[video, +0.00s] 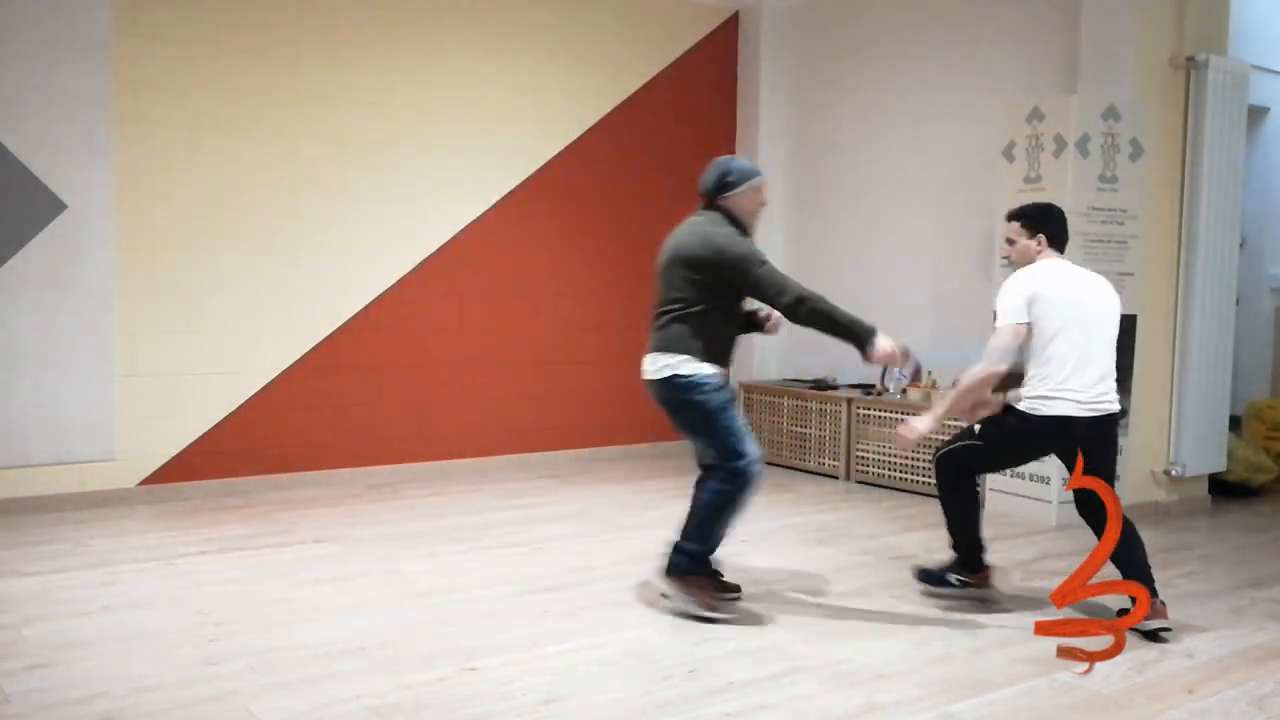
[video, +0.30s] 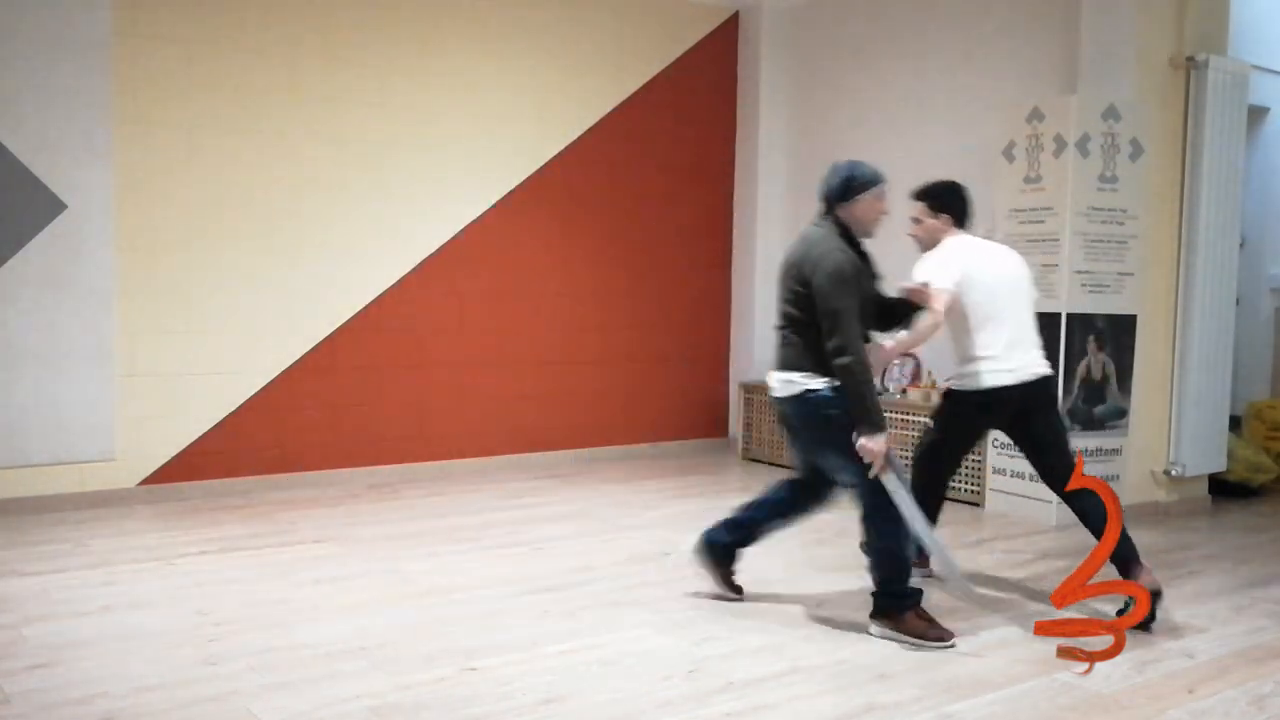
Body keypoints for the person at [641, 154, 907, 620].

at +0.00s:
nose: (762, 203)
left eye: (761, 193)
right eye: (755, 193)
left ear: (721, 198)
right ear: (730, 196)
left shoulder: (694, 233)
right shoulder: (718, 238)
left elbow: (703, 309)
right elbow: (791, 297)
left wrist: (753, 320)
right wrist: (868, 338)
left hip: (676, 369)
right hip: (690, 372)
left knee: (725, 466)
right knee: (740, 465)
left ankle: (691, 562)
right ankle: (687, 566)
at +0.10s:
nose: (800, 202)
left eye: (800, 192)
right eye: (793, 192)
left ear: (758, 196)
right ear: (766, 194)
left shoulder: (730, 231)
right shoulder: (759, 245)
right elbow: (813, 319)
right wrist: (876, 372)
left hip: (703, 371)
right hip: (728, 374)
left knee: (740, 470)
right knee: (784, 466)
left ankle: (690, 564)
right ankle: (799, 587)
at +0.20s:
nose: (841, 205)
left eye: (841, 195)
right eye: (834, 196)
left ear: (805, 198)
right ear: (805, 198)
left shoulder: (778, 234)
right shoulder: (795, 248)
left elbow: (793, 306)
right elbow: (830, 334)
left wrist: (845, 298)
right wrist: (876, 405)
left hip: (752, 381)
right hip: (774, 386)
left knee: (758, 478)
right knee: (825, 490)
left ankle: (692, 563)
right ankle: (875, 596)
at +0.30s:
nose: (884, 209)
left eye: (883, 199)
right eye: (877, 199)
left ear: (846, 204)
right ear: (850, 203)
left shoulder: (829, 242)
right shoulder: (834, 257)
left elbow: (867, 309)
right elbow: (844, 353)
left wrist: (908, 303)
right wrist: (872, 427)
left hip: (799, 391)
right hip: (819, 395)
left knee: (815, 483)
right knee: (880, 484)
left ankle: (721, 543)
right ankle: (895, 603)